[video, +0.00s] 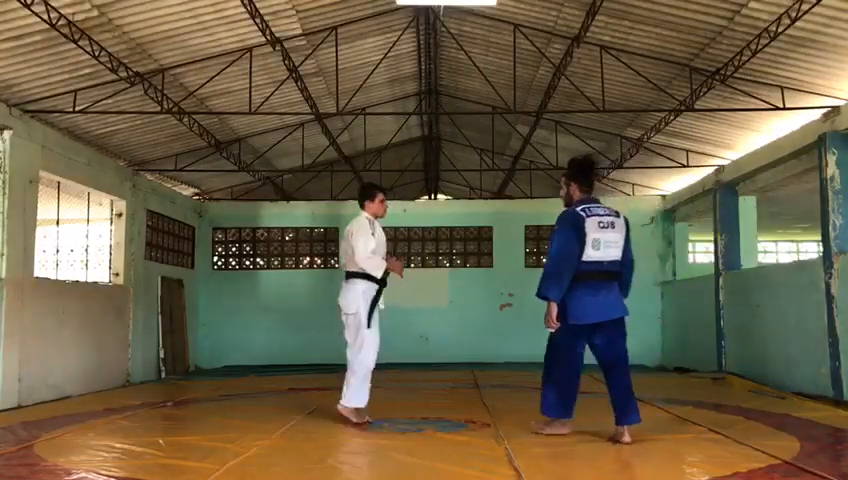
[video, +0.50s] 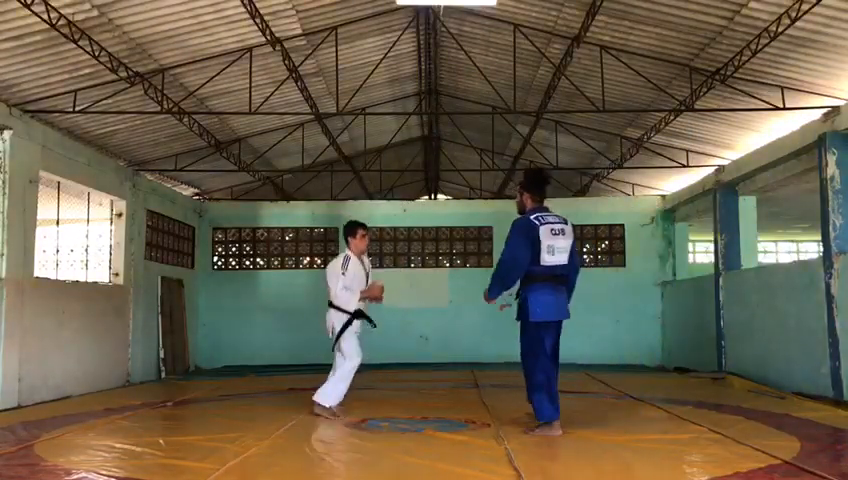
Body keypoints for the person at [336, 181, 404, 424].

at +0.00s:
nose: (385, 206)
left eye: (385, 201)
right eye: (381, 201)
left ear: (371, 204)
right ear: (369, 203)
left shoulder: (371, 226)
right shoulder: (361, 225)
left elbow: (366, 258)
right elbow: (362, 257)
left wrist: (386, 263)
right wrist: (388, 265)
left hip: (366, 290)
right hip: (358, 291)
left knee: (364, 346)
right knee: (365, 346)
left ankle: (355, 402)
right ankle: (349, 403)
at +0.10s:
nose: (380, 211)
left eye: (379, 207)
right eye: (376, 207)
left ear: (367, 210)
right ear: (363, 210)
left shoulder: (369, 233)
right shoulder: (356, 232)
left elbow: (364, 264)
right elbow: (357, 266)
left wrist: (385, 271)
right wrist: (384, 271)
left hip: (364, 296)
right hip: (355, 297)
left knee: (359, 351)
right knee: (360, 352)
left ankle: (347, 405)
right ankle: (342, 407)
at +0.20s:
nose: (375, 223)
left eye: (375, 218)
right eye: (371, 218)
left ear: (364, 221)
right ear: (359, 221)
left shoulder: (371, 248)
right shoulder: (349, 248)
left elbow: (369, 276)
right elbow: (350, 282)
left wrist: (384, 285)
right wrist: (377, 283)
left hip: (363, 306)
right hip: (350, 307)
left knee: (349, 355)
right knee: (361, 360)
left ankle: (338, 396)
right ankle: (342, 412)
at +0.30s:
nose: (372, 223)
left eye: (372, 218)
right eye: (368, 219)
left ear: (362, 222)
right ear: (356, 222)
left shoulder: (370, 247)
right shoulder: (346, 247)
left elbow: (368, 276)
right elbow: (345, 280)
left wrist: (380, 280)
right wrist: (372, 281)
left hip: (359, 303)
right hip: (346, 304)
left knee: (349, 350)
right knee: (358, 354)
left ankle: (335, 388)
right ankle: (342, 408)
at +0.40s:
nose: (369, 229)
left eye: (369, 225)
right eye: (365, 225)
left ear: (359, 227)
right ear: (353, 228)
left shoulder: (367, 250)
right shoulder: (341, 251)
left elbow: (362, 276)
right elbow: (340, 282)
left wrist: (376, 278)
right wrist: (369, 282)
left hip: (356, 305)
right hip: (342, 306)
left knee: (344, 351)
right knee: (352, 351)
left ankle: (331, 392)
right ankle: (333, 402)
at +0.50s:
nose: (367, 241)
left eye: (367, 237)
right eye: (363, 237)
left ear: (363, 240)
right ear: (351, 240)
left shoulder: (365, 262)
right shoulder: (338, 265)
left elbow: (357, 289)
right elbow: (337, 295)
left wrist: (371, 293)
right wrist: (365, 294)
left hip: (354, 315)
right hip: (339, 316)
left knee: (343, 360)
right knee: (353, 357)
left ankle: (330, 401)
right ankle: (323, 400)